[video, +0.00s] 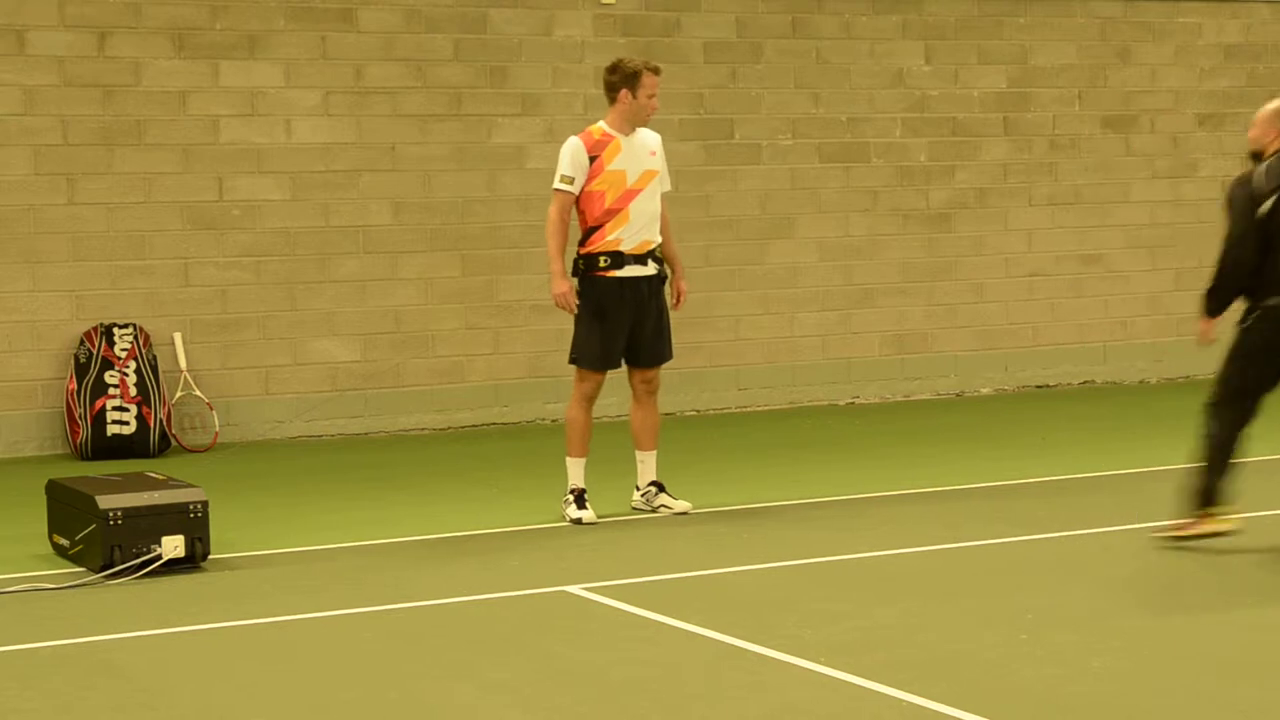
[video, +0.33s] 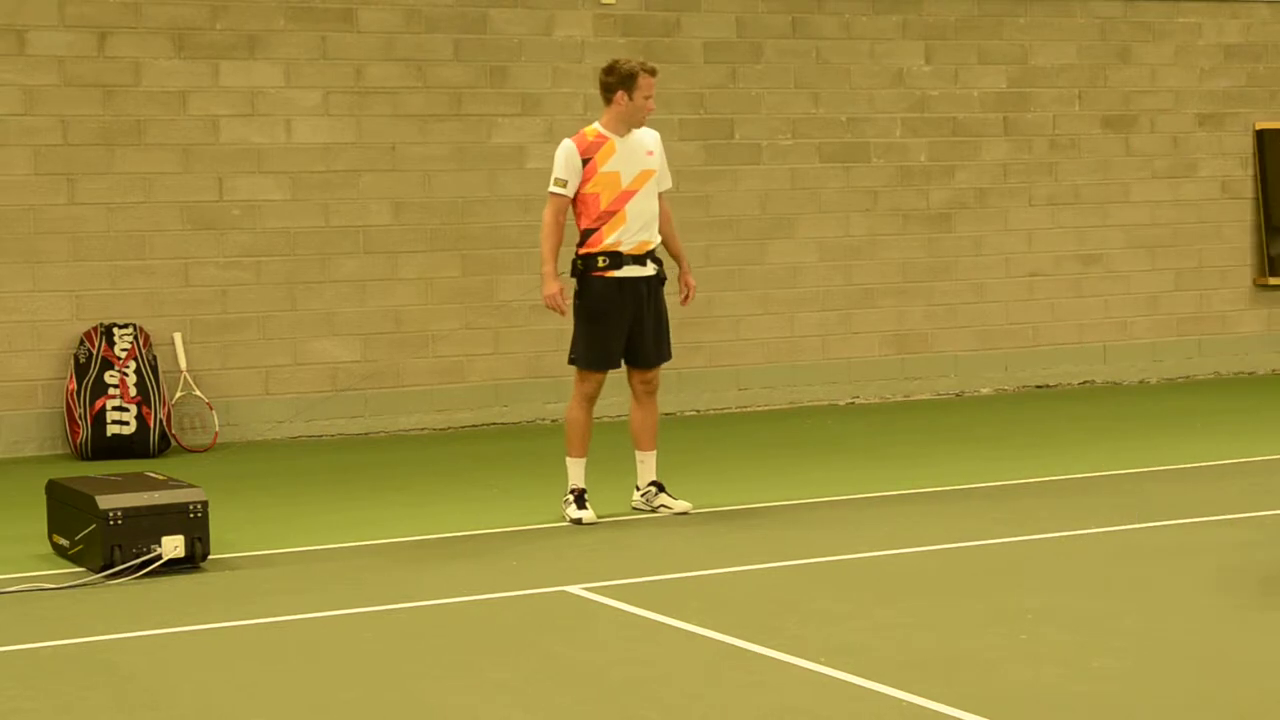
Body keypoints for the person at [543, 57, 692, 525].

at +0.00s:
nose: (656, 104)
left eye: (657, 97)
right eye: (651, 96)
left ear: (637, 98)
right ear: (623, 96)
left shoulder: (652, 144)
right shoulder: (581, 147)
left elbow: (659, 214)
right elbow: (558, 215)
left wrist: (676, 268)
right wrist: (558, 275)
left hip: (649, 281)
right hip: (601, 283)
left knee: (646, 384)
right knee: (587, 387)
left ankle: (647, 487)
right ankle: (576, 493)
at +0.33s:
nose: (652, 106)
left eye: (653, 98)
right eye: (647, 98)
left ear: (630, 99)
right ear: (619, 98)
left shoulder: (650, 142)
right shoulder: (576, 149)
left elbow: (660, 208)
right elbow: (554, 215)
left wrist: (682, 262)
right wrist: (550, 275)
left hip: (648, 281)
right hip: (600, 283)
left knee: (646, 384)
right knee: (587, 388)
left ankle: (647, 487)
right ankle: (576, 493)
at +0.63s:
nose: (652, 106)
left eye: (654, 99)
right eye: (647, 99)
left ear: (631, 99)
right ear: (619, 98)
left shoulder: (653, 141)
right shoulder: (576, 148)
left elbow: (665, 206)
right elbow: (556, 214)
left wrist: (688, 262)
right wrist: (549, 275)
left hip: (649, 280)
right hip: (601, 283)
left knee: (646, 384)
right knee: (588, 388)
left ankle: (648, 487)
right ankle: (576, 492)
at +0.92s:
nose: (653, 106)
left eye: (654, 98)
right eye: (647, 98)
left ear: (631, 99)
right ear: (620, 98)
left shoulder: (654, 140)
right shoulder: (577, 147)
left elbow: (668, 205)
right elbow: (556, 214)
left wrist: (691, 261)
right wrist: (548, 274)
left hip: (649, 280)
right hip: (601, 283)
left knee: (647, 384)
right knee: (588, 388)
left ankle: (647, 487)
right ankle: (576, 492)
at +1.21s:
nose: (652, 106)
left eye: (653, 99)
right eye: (646, 99)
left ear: (639, 98)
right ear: (619, 97)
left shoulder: (655, 140)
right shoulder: (578, 146)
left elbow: (668, 206)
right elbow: (556, 213)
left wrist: (689, 262)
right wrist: (547, 273)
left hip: (649, 280)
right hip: (601, 283)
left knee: (648, 384)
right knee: (588, 388)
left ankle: (647, 487)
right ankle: (576, 492)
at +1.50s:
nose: (652, 107)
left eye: (653, 99)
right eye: (646, 99)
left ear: (641, 99)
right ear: (618, 98)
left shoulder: (654, 142)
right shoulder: (579, 148)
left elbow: (666, 208)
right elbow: (558, 214)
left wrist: (687, 264)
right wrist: (549, 275)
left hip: (649, 281)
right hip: (601, 283)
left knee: (648, 384)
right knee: (588, 388)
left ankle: (647, 487)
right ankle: (576, 492)